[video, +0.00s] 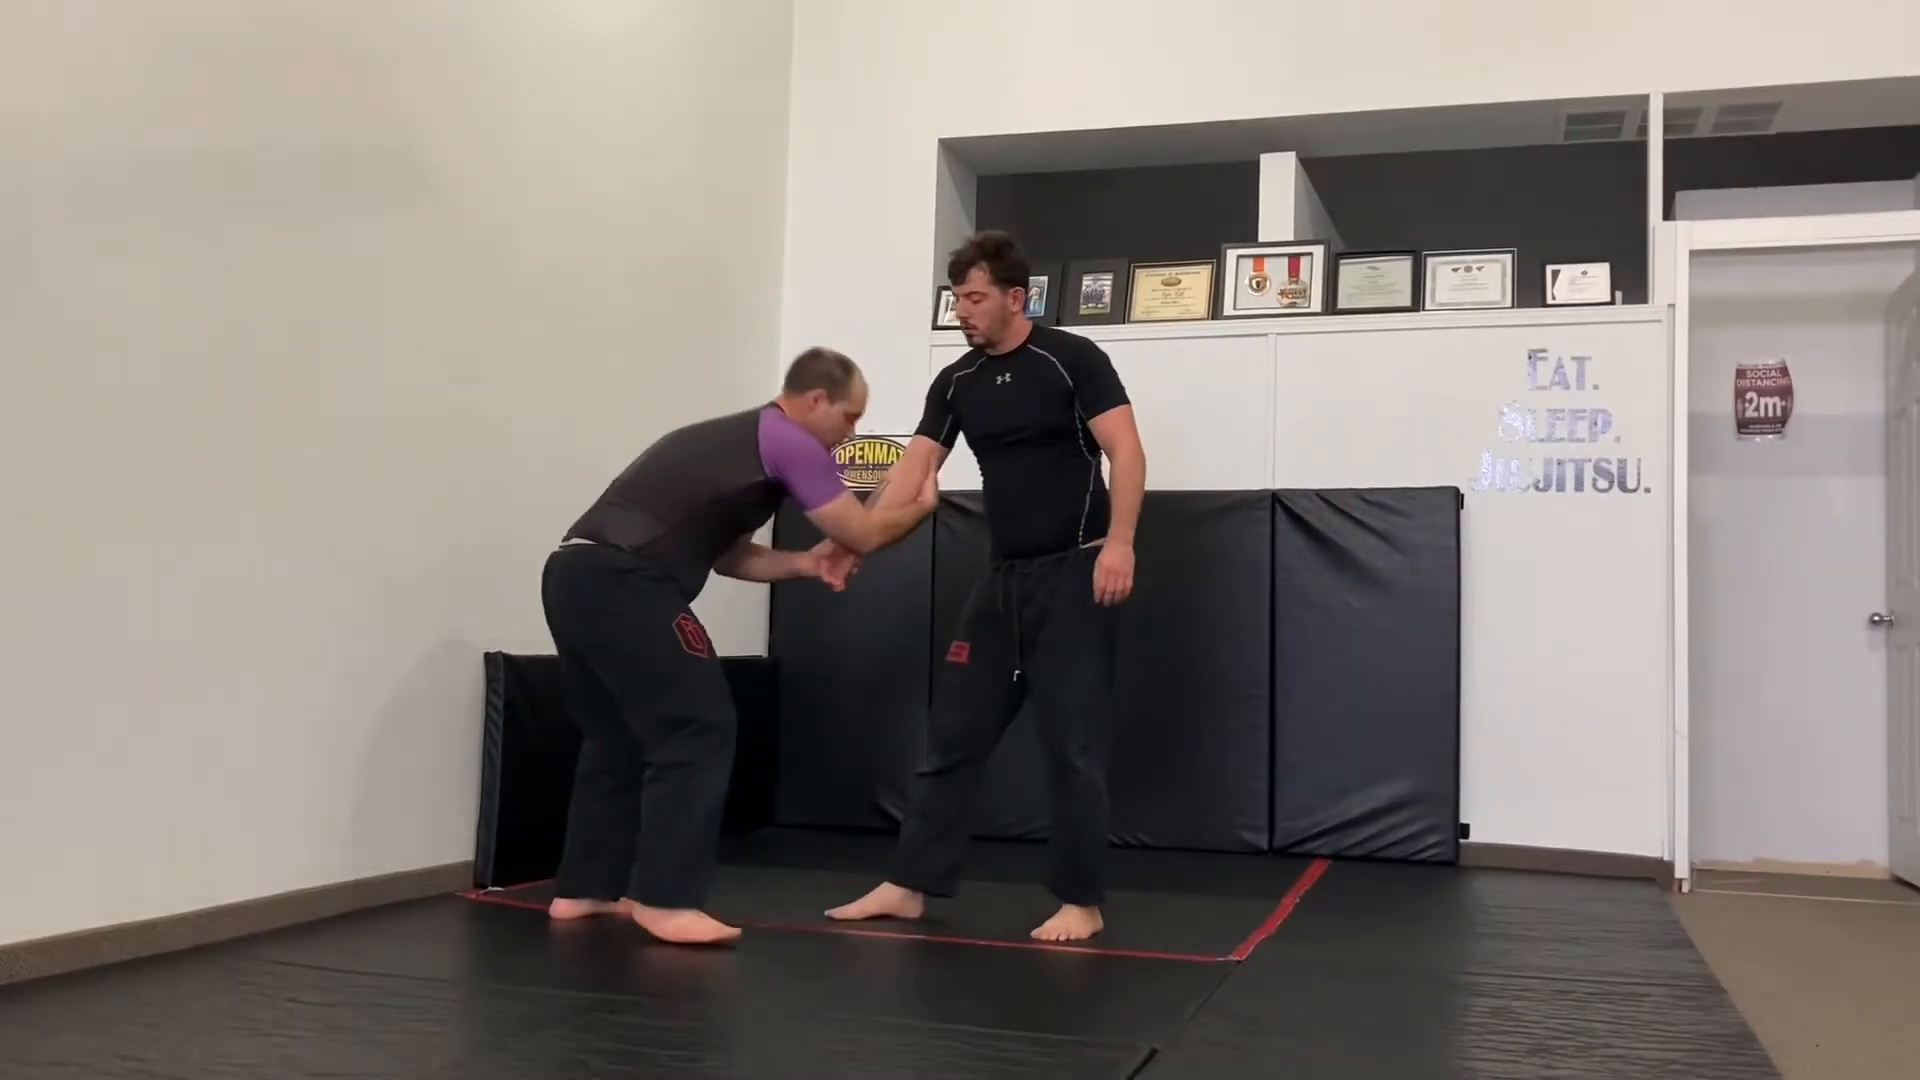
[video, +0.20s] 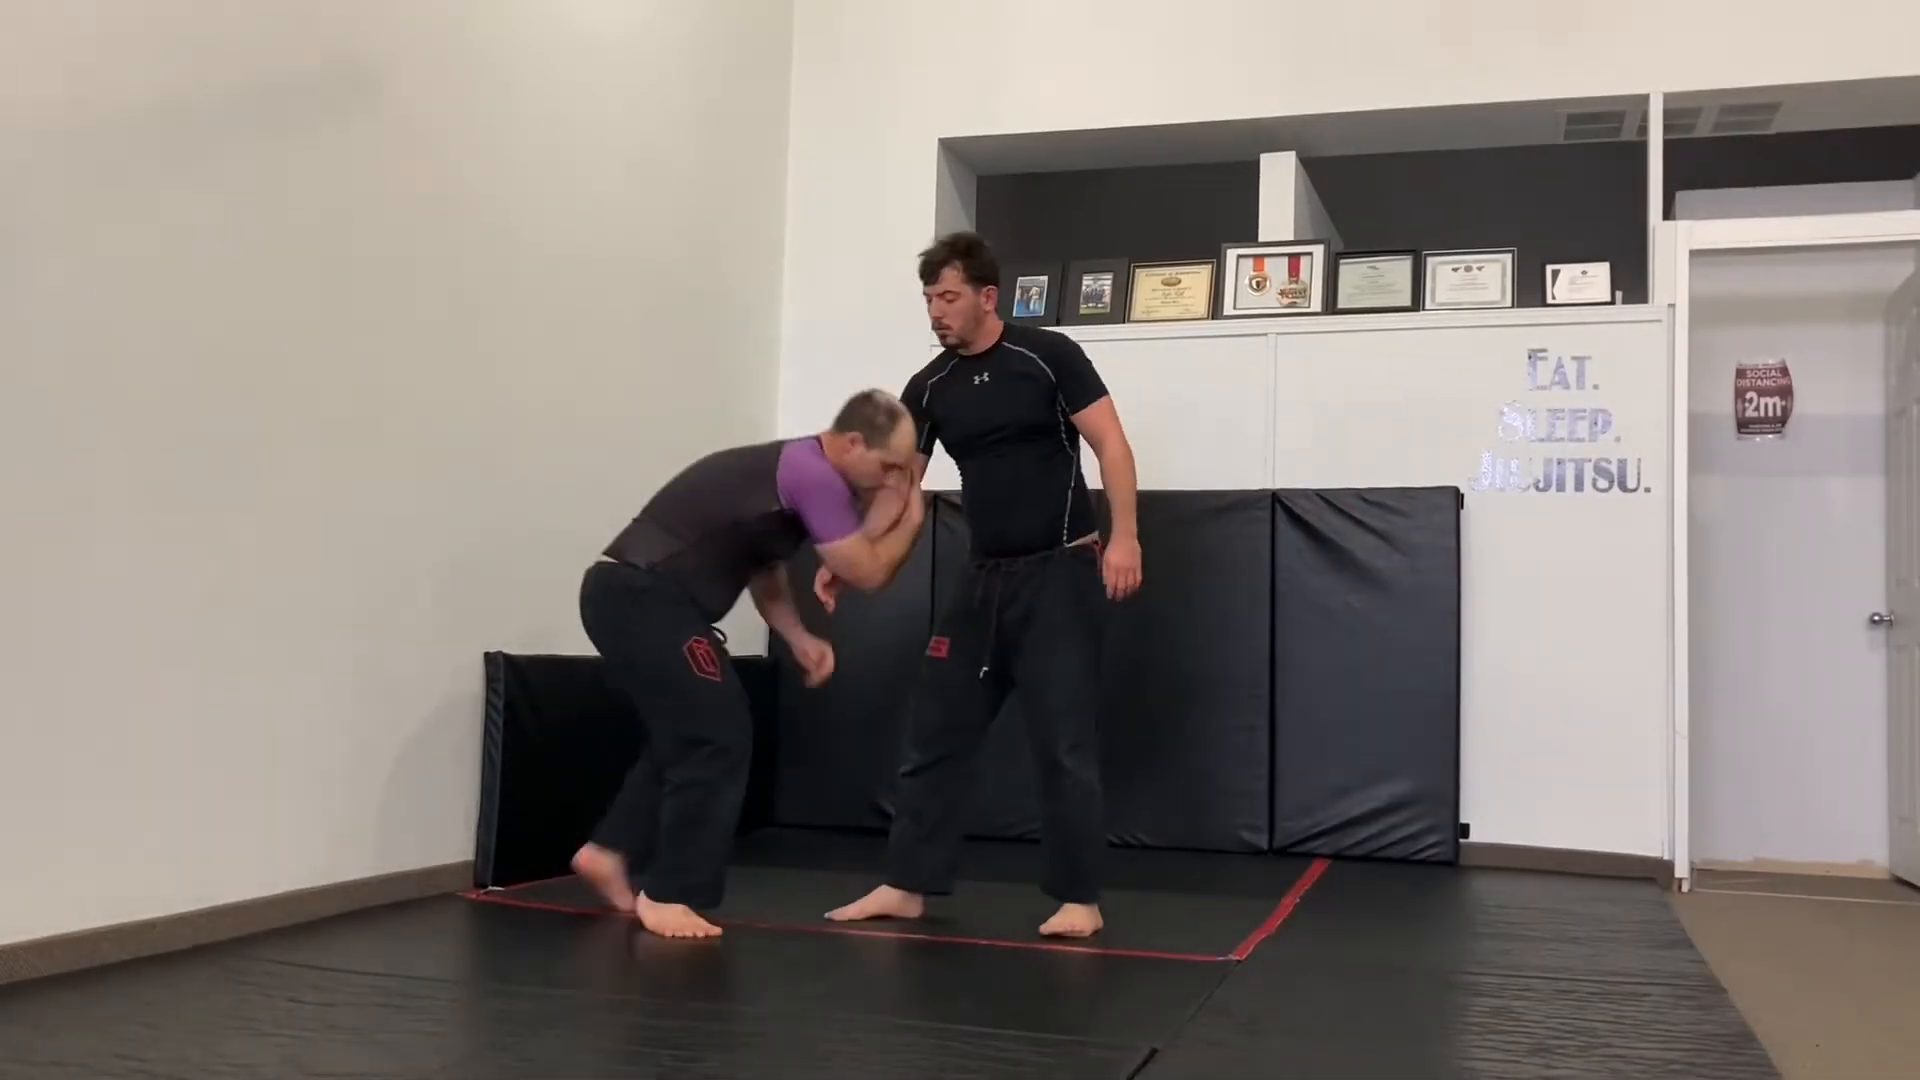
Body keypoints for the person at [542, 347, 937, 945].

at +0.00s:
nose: (851, 433)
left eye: (855, 420)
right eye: (850, 417)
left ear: (801, 400)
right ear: (816, 401)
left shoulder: (735, 438)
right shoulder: (790, 440)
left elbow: (728, 557)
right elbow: (864, 532)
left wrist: (807, 561)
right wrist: (921, 504)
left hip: (575, 574)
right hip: (627, 581)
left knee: (614, 735)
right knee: (699, 727)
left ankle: (583, 887)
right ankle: (665, 898)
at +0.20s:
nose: (893, 482)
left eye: (900, 471)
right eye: (889, 467)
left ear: (843, 442)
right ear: (851, 444)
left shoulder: (791, 464)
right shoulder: (814, 473)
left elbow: (763, 570)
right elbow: (869, 571)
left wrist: (797, 634)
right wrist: (912, 514)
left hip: (627, 591)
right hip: (644, 597)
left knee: (687, 729)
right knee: (720, 733)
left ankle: (609, 849)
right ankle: (668, 896)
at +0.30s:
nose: (911, 512)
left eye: (919, 501)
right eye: (906, 497)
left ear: (862, 469)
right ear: (868, 471)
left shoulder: (818, 491)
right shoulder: (827, 497)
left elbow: (802, 608)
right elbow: (874, 600)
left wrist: (837, 678)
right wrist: (914, 531)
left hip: (683, 604)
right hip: (659, 602)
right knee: (736, 739)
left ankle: (683, 841)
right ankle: (670, 895)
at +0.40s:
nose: (931, 550)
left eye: (939, 539)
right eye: (925, 533)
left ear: (894, 502)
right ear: (890, 504)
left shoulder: (868, 528)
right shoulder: (846, 528)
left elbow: (859, 640)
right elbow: (867, 644)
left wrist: (893, 703)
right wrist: (912, 570)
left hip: (732, 623)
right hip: (682, 614)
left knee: (806, 726)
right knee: (750, 747)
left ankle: (810, 859)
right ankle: (672, 895)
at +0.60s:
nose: (970, 611)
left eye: (980, 602)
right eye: (965, 596)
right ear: (932, 566)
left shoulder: (928, 594)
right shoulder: (879, 595)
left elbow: (951, 668)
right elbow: (848, 724)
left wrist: (1003, 730)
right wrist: (943, 727)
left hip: (803, 674)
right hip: (741, 662)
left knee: (892, 741)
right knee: (799, 766)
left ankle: (848, 874)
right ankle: (696, 896)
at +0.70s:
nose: (988, 632)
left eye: (996, 623)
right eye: (982, 617)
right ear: (949, 589)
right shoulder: (897, 623)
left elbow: (1007, 682)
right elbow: (882, 757)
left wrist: (1032, 739)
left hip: (834, 692)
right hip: (767, 675)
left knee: (937, 746)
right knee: (803, 773)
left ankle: (854, 870)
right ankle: (699, 898)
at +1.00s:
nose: (996, 602)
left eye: (1009, 593)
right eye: (989, 586)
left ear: (1018, 586)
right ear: (960, 562)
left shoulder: (998, 612)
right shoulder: (908, 593)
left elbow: (1017, 708)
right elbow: (880, 713)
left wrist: (983, 685)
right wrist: (931, 785)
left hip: (859, 684)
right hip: (796, 659)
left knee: (947, 729)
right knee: (788, 758)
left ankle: (872, 859)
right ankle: (696, 894)